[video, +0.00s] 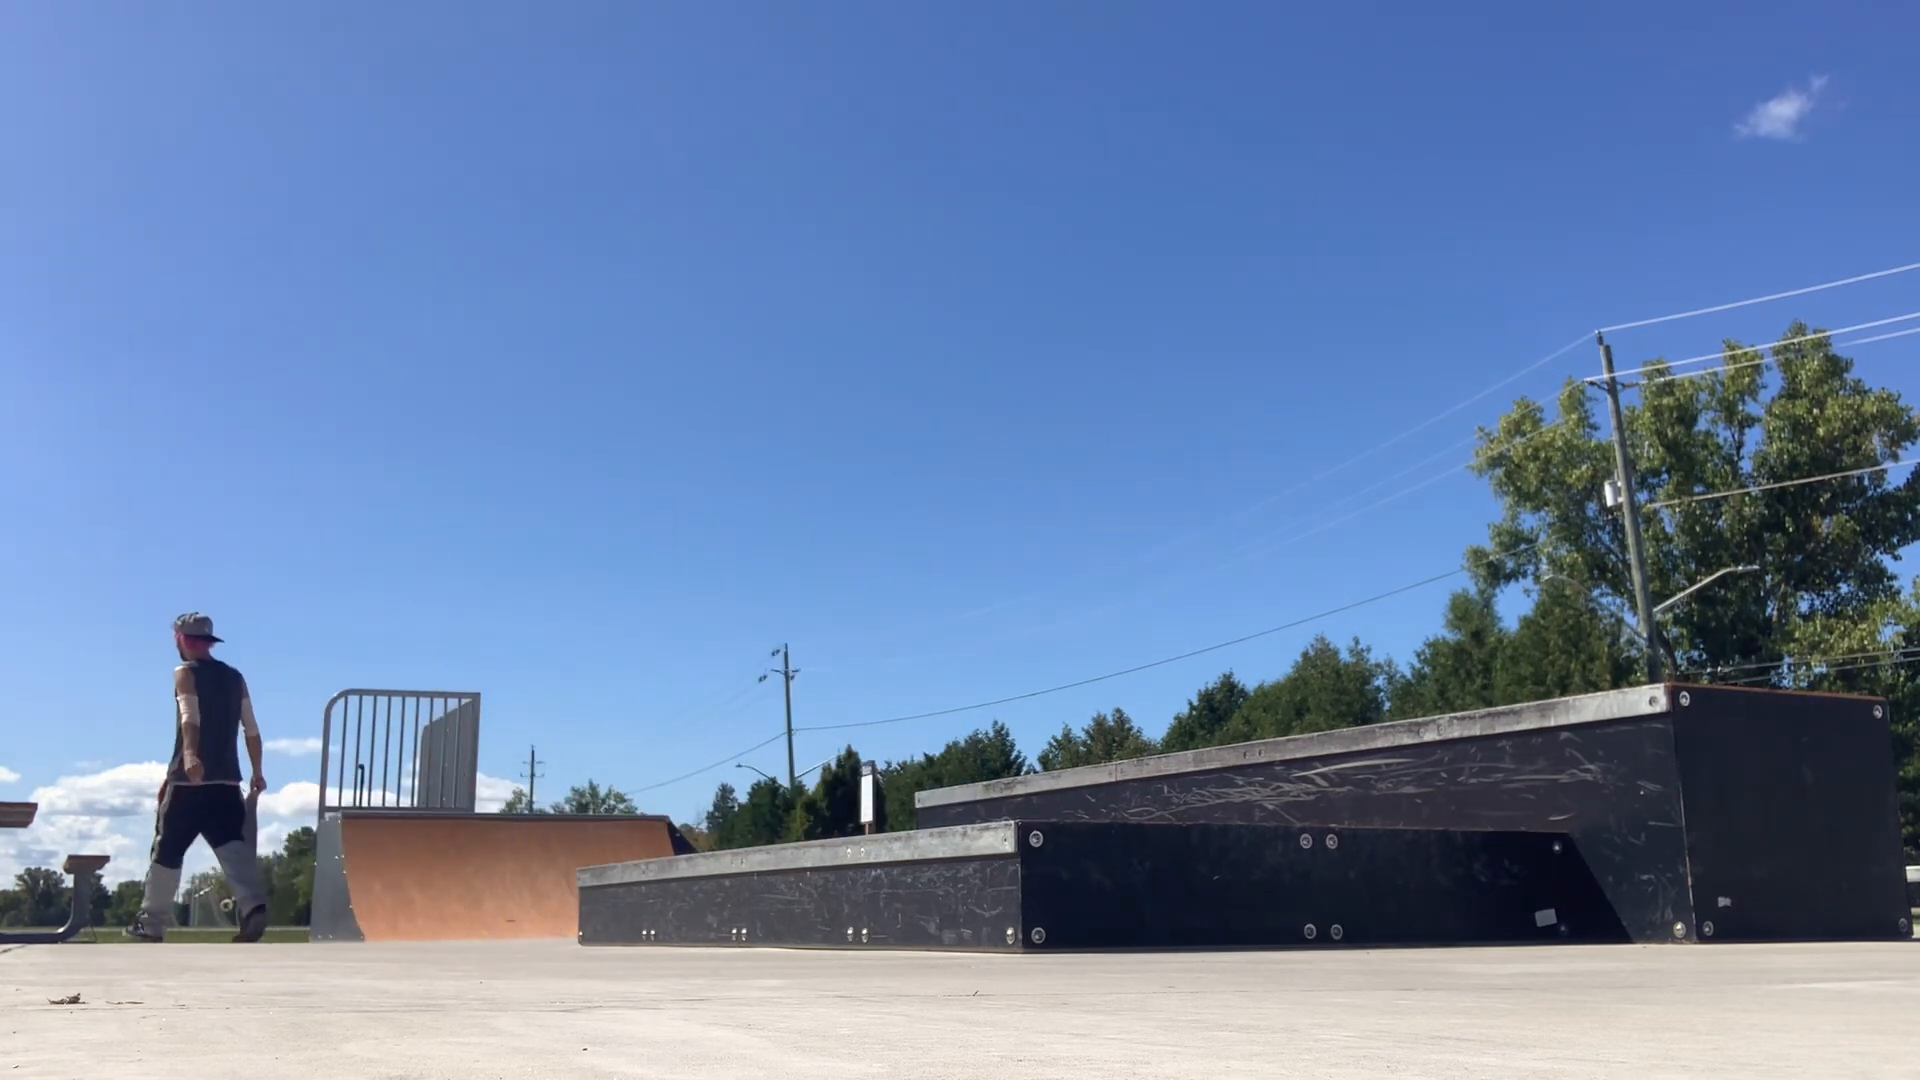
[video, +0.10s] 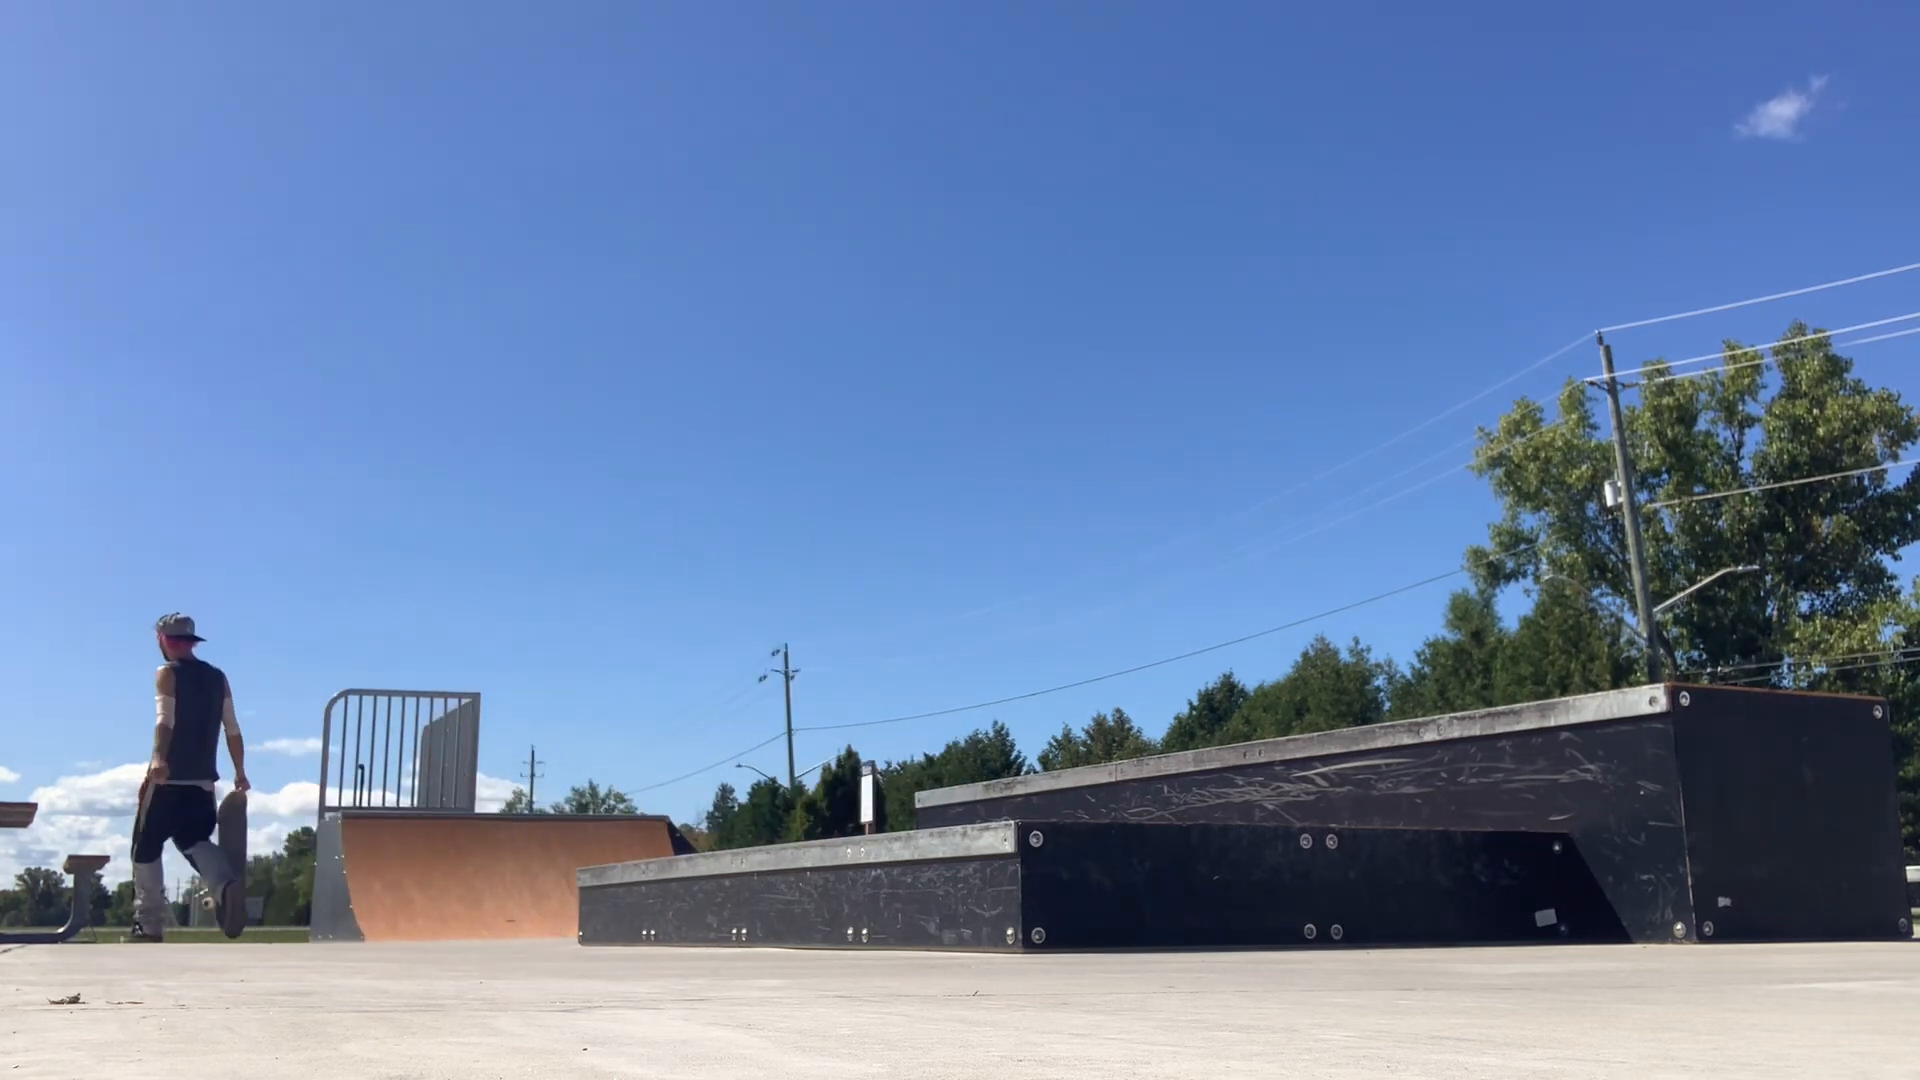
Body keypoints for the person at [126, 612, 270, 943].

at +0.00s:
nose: (178, 644)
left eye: (178, 639)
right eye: (180, 639)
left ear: (182, 640)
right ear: (210, 641)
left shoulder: (184, 673)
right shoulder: (235, 677)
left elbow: (190, 718)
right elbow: (251, 730)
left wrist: (190, 756)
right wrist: (257, 772)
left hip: (187, 782)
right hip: (225, 783)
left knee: (167, 852)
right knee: (231, 846)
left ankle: (151, 923)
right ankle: (251, 907)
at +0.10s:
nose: (160, 646)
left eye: (160, 641)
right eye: (163, 640)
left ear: (164, 640)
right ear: (193, 641)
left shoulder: (167, 673)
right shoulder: (217, 676)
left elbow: (165, 721)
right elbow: (233, 729)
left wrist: (158, 759)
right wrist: (240, 771)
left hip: (167, 783)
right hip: (203, 785)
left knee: (145, 850)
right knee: (194, 839)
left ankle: (149, 925)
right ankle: (225, 887)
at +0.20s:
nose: (148, 642)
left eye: (148, 637)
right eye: (150, 637)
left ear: (153, 637)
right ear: (180, 638)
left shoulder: (152, 671)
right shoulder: (205, 676)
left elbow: (138, 723)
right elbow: (216, 731)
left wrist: (115, 763)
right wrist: (223, 773)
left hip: (152, 778)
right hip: (186, 779)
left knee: (139, 849)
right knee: (172, 840)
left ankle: (149, 926)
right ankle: (191, 890)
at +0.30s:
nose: (137, 644)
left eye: (137, 638)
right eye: (142, 638)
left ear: (140, 637)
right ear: (169, 639)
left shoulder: (139, 671)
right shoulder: (191, 677)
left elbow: (111, 725)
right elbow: (201, 731)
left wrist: (76, 763)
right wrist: (206, 774)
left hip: (142, 777)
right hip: (174, 780)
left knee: (136, 846)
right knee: (149, 843)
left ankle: (150, 925)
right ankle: (154, 912)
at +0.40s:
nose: (125, 648)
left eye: (125, 642)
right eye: (128, 643)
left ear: (129, 643)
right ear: (156, 646)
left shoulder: (126, 677)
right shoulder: (177, 683)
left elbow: (91, 724)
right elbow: (188, 737)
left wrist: (54, 754)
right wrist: (190, 779)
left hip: (130, 778)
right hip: (159, 781)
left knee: (134, 851)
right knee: (129, 853)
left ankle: (151, 926)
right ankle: (105, 923)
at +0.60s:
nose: (104, 655)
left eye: (105, 651)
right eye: (107, 651)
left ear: (108, 652)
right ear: (135, 655)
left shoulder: (99, 686)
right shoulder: (151, 692)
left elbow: (71, 730)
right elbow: (161, 742)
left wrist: (46, 748)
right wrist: (161, 782)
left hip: (98, 785)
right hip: (129, 788)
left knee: (88, 853)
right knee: (96, 856)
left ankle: (129, 903)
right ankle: (72, 928)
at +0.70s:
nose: (102, 656)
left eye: (100, 650)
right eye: (111, 652)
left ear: (100, 651)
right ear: (127, 656)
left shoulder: (84, 685)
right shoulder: (142, 691)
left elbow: (62, 731)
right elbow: (146, 743)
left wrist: (42, 755)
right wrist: (151, 786)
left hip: (86, 788)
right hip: (120, 790)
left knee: (59, 849)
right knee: (91, 858)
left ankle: (99, 887)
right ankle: (72, 929)